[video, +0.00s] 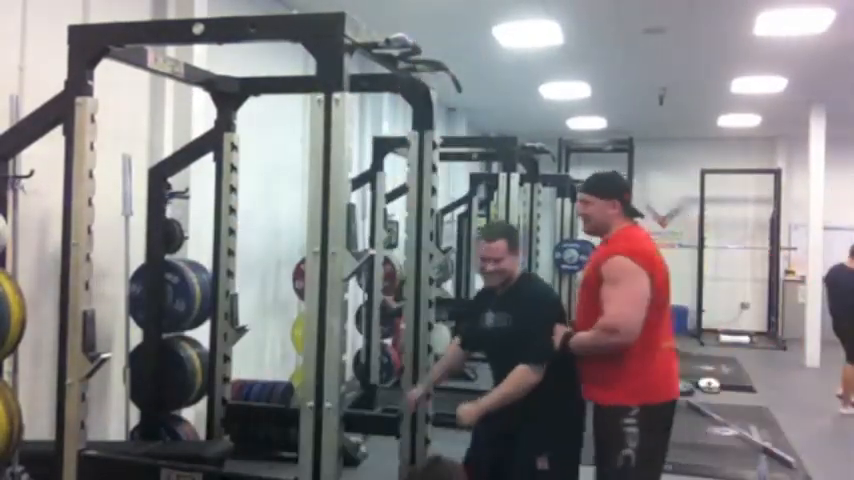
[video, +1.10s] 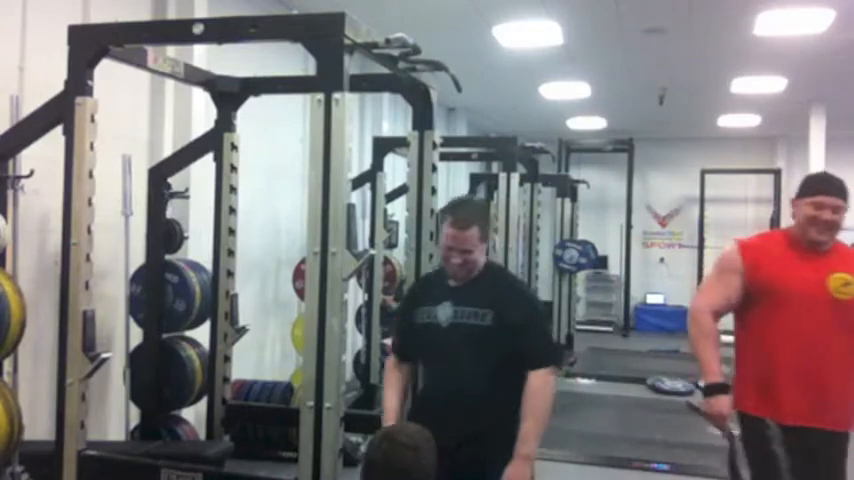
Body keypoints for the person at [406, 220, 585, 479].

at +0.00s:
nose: (489, 268)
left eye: (497, 261)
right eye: (484, 261)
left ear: (517, 256)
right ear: (477, 258)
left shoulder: (540, 298)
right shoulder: (484, 299)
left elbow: (533, 370)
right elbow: (460, 347)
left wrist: (480, 407)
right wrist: (425, 386)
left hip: (550, 414)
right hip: (507, 408)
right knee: (479, 466)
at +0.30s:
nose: (500, 248)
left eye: (509, 242)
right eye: (495, 240)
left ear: (527, 240)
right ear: (488, 237)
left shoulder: (550, 285)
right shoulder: (482, 285)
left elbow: (561, 352)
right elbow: (469, 337)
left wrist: (520, 409)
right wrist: (461, 377)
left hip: (543, 414)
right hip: (493, 413)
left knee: (538, 473)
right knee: (491, 473)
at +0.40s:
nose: (497, 248)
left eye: (506, 242)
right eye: (492, 240)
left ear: (524, 238)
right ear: (485, 235)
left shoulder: (550, 284)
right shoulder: (477, 284)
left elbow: (569, 351)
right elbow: (465, 345)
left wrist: (548, 418)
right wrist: (472, 392)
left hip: (535, 418)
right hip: (492, 415)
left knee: (524, 474)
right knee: (489, 473)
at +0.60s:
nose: (496, 256)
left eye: (505, 249)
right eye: (490, 247)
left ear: (521, 243)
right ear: (481, 240)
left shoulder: (548, 294)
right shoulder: (466, 293)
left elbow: (577, 360)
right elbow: (451, 359)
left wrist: (576, 435)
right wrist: (467, 417)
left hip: (534, 427)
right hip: (484, 427)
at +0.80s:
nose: (496, 259)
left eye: (506, 253)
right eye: (490, 250)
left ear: (523, 246)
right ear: (480, 241)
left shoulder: (547, 297)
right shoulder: (456, 293)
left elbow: (566, 375)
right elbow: (438, 362)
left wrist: (561, 451)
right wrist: (430, 432)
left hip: (524, 436)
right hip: (467, 432)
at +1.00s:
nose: (475, 256)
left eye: (486, 248)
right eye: (468, 246)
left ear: (503, 243)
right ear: (458, 239)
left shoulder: (533, 296)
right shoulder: (437, 290)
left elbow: (556, 370)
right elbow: (412, 353)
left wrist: (538, 453)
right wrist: (402, 425)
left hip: (507, 443)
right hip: (443, 439)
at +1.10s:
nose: (455, 260)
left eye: (466, 252)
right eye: (449, 251)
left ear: (486, 246)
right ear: (440, 242)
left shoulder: (515, 298)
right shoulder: (421, 294)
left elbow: (542, 373)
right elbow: (399, 362)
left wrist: (524, 458)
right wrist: (391, 433)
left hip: (491, 453)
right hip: (427, 450)